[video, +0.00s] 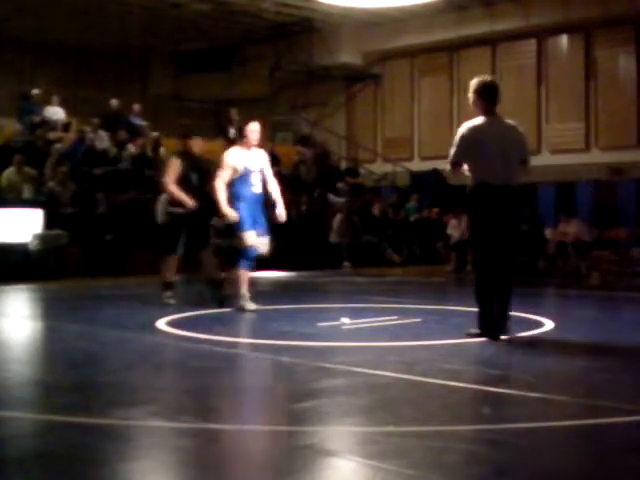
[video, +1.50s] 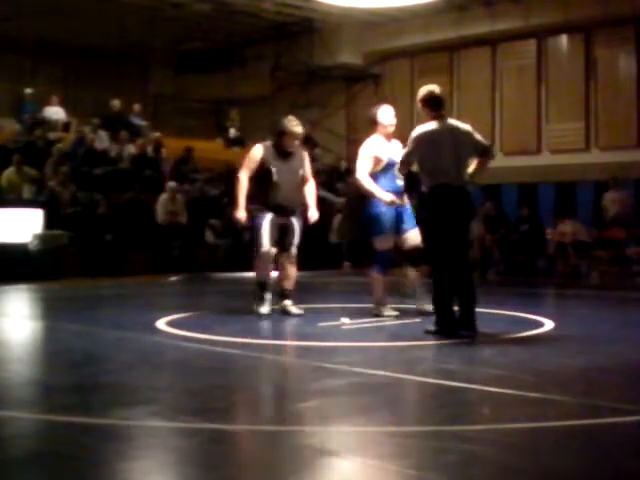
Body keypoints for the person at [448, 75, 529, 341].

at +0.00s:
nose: (471, 101)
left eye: (472, 97)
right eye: (472, 96)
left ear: (476, 100)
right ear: (497, 100)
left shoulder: (469, 131)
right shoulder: (513, 131)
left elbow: (454, 165)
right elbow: (525, 162)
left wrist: (470, 166)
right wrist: (503, 163)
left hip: (481, 199)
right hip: (509, 200)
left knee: (483, 260)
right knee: (504, 259)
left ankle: (487, 325)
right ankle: (500, 322)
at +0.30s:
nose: (457, 107)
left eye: (459, 103)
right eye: (458, 102)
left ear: (466, 104)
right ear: (482, 105)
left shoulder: (460, 132)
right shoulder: (497, 134)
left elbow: (448, 164)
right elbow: (505, 166)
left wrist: (457, 170)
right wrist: (481, 168)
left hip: (471, 197)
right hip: (494, 198)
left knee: (474, 258)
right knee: (483, 258)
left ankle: (486, 320)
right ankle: (472, 314)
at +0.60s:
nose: (449, 109)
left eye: (451, 104)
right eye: (449, 104)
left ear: (458, 105)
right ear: (473, 105)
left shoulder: (457, 131)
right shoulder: (487, 132)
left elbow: (441, 160)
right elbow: (497, 166)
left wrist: (438, 166)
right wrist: (479, 174)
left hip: (464, 197)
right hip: (486, 196)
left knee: (456, 252)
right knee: (477, 252)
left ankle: (470, 311)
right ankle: (477, 306)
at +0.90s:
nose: (439, 111)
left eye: (440, 106)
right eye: (439, 106)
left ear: (447, 107)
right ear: (464, 107)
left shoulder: (443, 132)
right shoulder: (481, 134)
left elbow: (418, 154)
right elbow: (494, 169)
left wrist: (431, 137)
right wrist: (481, 183)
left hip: (453, 197)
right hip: (478, 197)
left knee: (449, 257)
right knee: (477, 258)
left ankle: (445, 319)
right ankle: (471, 319)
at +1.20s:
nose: (429, 108)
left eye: (432, 103)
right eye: (430, 103)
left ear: (440, 106)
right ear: (456, 106)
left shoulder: (432, 131)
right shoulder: (472, 131)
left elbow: (405, 152)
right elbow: (493, 160)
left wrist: (419, 129)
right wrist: (476, 180)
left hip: (443, 197)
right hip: (469, 196)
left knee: (444, 260)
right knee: (470, 259)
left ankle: (445, 320)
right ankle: (470, 321)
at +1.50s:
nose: (419, 111)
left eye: (420, 107)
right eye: (421, 107)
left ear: (424, 108)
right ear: (443, 106)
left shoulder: (420, 134)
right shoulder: (460, 129)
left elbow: (403, 165)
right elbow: (486, 150)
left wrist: (414, 185)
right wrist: (473, 176)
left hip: (433, 197)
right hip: (459, 194)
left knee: (439, 261)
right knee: (460, 259)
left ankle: (444, 322)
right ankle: (468, 321)